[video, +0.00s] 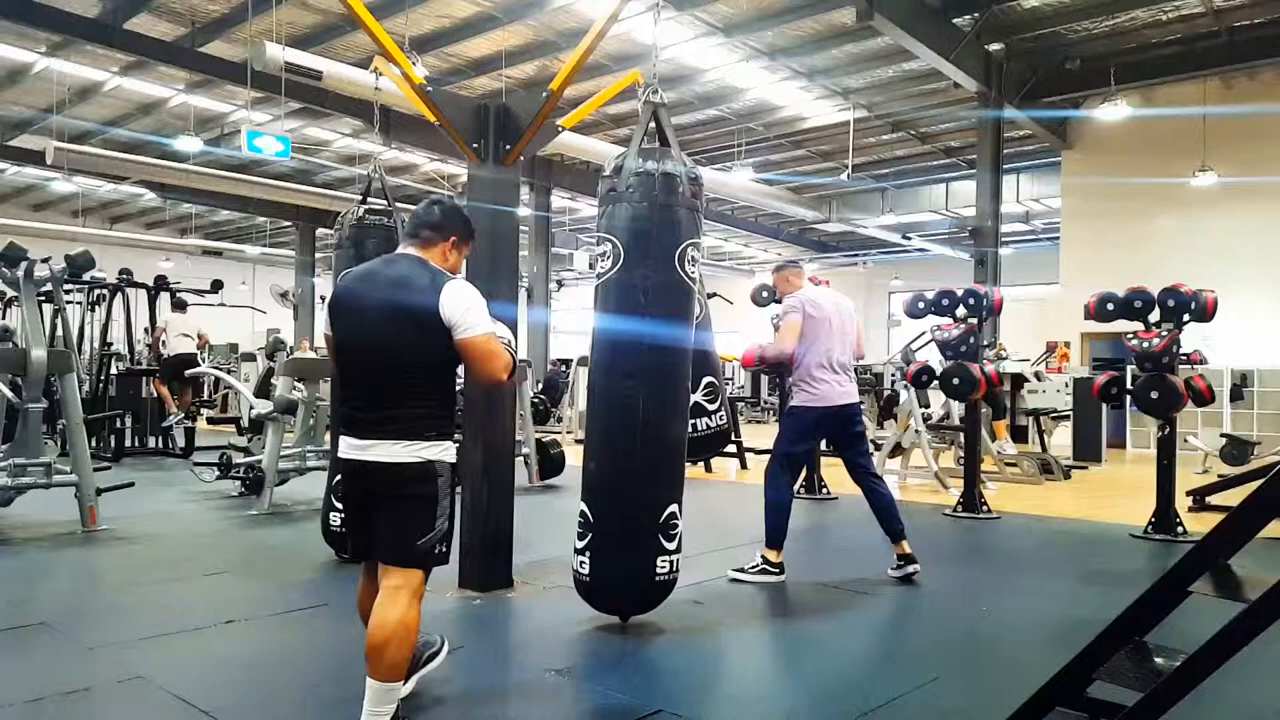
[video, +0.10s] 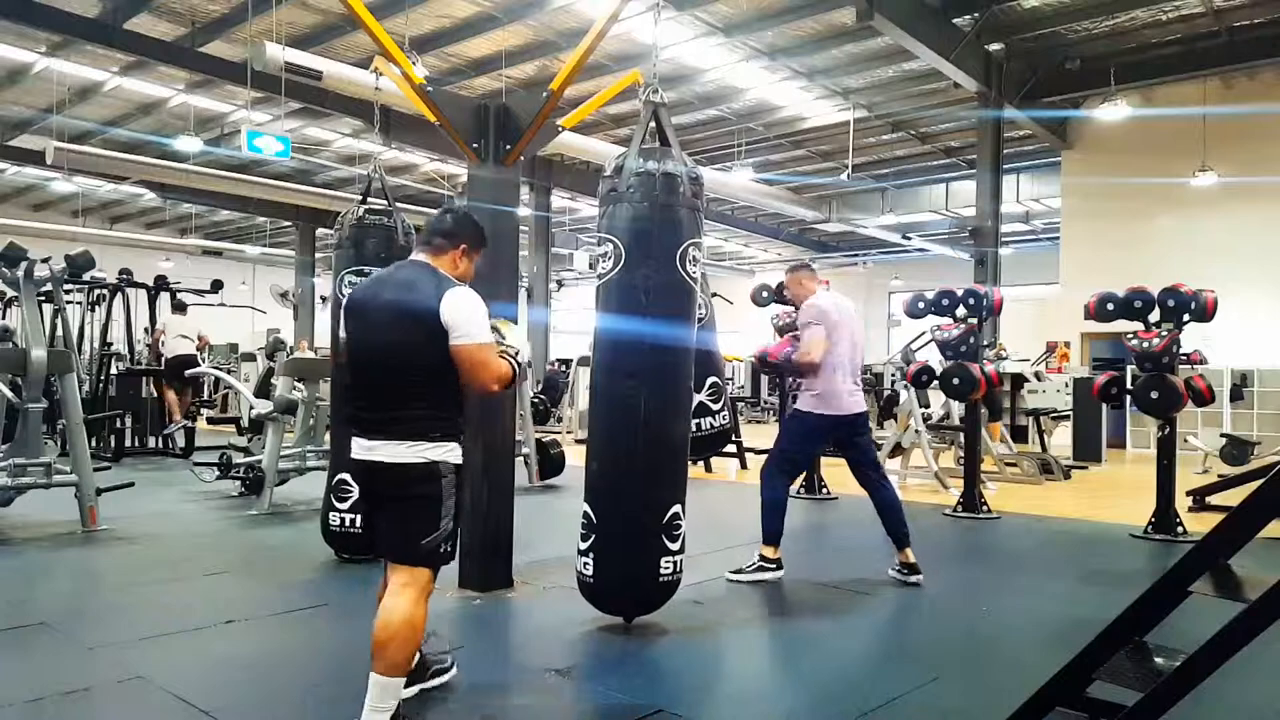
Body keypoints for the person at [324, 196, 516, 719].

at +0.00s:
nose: (463, 267)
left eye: (465, 257)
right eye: (464, 256)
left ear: (406, 237)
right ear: (451, 247)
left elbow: (333, 351)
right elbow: (494, 370)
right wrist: (502, 340)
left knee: (375, 571)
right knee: (401, 588)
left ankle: (399, 661)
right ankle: (375, 712)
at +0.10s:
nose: (474, 274)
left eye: (476, 265)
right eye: (475, 264)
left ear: (422, 243)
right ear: (461, 253)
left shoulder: (362, 292)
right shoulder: (455, 297)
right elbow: (489, 378)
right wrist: (511, 358)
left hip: (368, 453)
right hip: (424, 457)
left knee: (400, 569)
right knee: (410, 584)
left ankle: (406, 662)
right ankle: (377, 712)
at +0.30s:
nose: (494, 279)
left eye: (496, 269)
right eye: (496, 268)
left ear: (456, 250)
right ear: (481, 256)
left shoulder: (405, 287)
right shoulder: (465, 296)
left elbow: (417, 361)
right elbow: (486, 374)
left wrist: (488, 350)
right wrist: (512, 359)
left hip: (394, 445)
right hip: (437, 449)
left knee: (423, 553)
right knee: (467, 560)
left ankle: (413, 660)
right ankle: (396, 681)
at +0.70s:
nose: (550, 320)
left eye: (555, 312)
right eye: (554, 310)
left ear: (527, 289)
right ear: (540, 296)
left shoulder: (486, 314)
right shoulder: (495, 325)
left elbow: (487, 382)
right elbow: (457, 390)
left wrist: (534, 377)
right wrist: (498, 431)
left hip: (450, 448)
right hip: (451, 451)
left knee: (468, 544)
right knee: (470, 561)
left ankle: (472, 623)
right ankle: (428, 685)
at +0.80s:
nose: (559, 324)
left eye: (563, 316)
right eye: (561, 314)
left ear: (532, 295)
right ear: (550, 303)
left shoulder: (498, 314)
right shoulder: (515, 321)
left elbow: (499, 381)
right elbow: (477, 370)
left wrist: (541, 375)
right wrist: (520, 413)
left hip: (463, 445)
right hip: (468, 448)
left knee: (481, 544)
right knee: (479, 558)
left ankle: (480, 621)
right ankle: (428, 680)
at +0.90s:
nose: (563, 316)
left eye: (563, 311)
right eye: (564, 310)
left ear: (525, 289)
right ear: (554, 301)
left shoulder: (473, 314)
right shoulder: (543, 316)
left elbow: (450, 376)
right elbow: (593, 363)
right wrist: (623, 358)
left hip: (444, 439)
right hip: (483, 444)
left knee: (481, 534)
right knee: (476, 552)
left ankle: (479, 620)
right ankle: (429, 673)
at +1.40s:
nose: (575, 325)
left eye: (579, 319)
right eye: (578, 316)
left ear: (560, 296)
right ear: (565, 298)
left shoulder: (528, 322)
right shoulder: (523, 319)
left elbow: (520, 385)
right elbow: (521, 385)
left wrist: (559, 381)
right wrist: (562, 377)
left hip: (509, 448)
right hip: (478, 445)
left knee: (542, 512)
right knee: (475, 542)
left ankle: (504, 593)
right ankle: (419, 652)